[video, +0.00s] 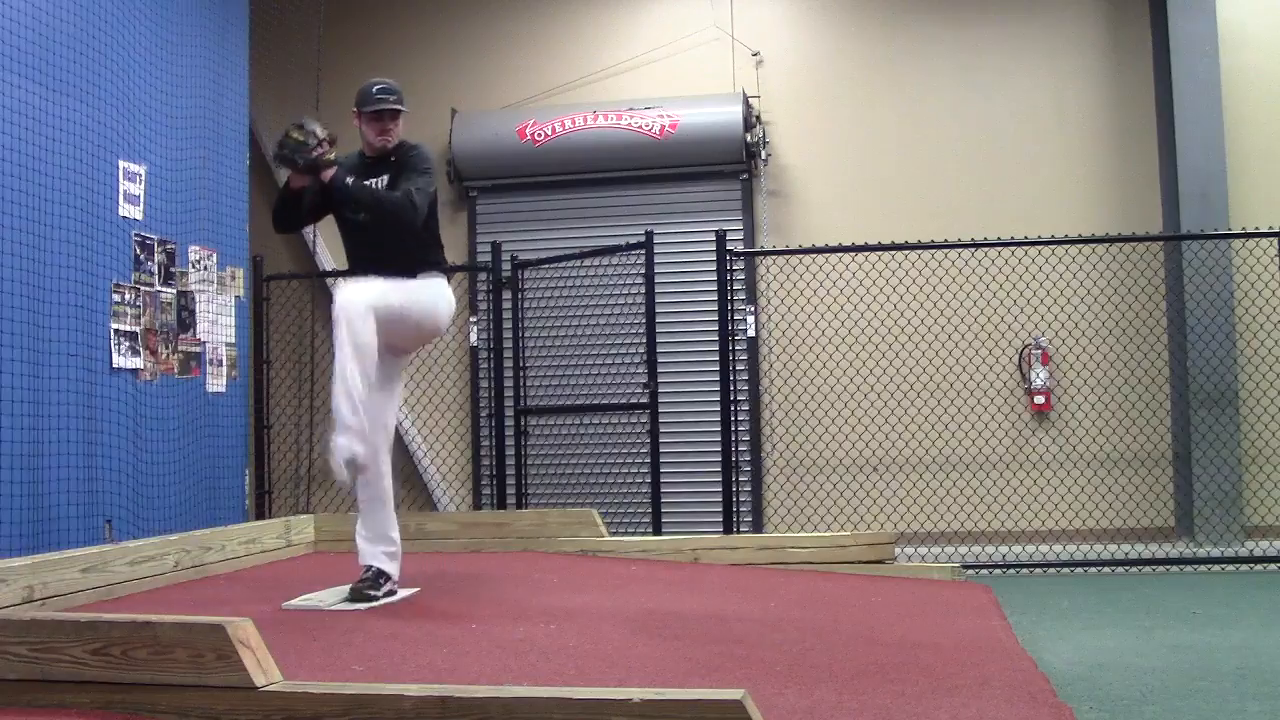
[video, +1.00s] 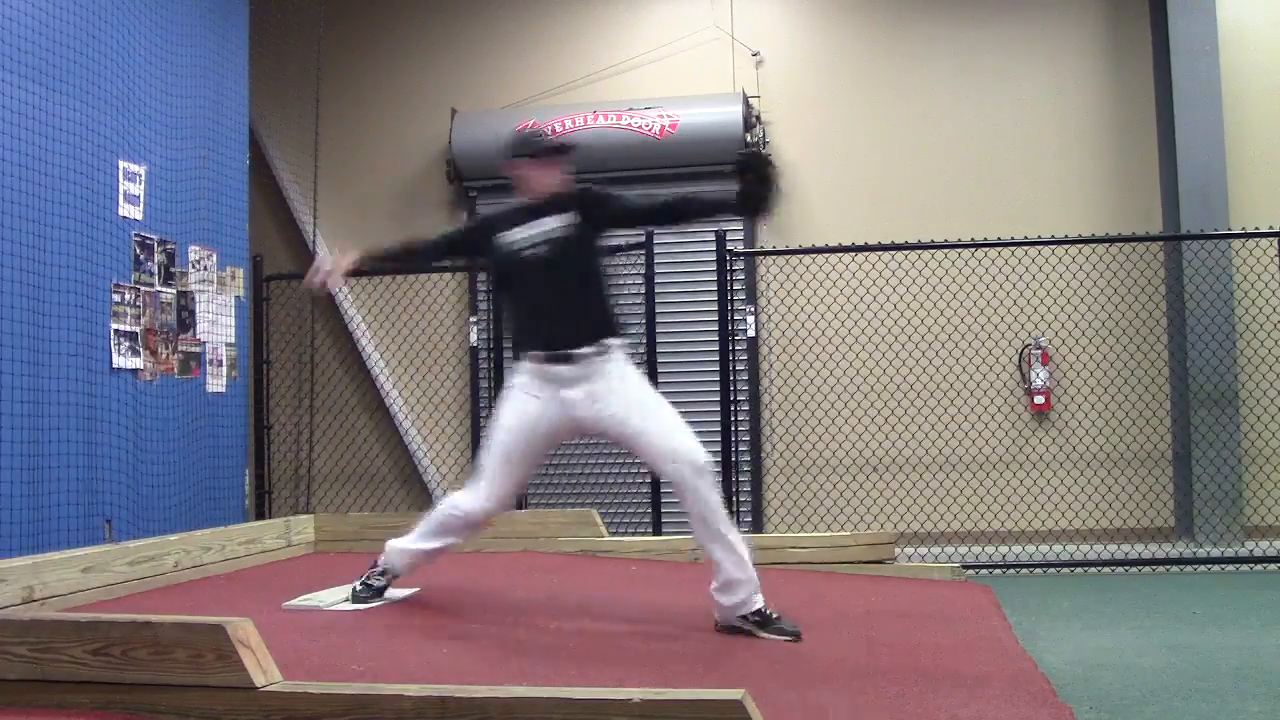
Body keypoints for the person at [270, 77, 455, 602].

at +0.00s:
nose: (385, 126)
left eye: (392, 117)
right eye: (375, 118)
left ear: (403, 120)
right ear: (357, 121)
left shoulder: (415, 159)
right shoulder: (341, 171)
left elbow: (408, 213)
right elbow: (287, 222)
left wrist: (335, 181)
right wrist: (298, 180)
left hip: (427, 294)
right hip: (369, 305)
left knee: (351, 297)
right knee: (369, 440)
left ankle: (351, 442)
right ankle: (380, 566)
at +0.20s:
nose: (388, 122)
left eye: (394, 113)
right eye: (378, 113)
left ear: (402, 117)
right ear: (355, 118)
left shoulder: (411, 155)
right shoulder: (335, 170)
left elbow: (415, 210)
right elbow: (277, 218)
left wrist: (340, 171)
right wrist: (301, 175)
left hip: (435, 294)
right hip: (380, 304)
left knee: (356, 263)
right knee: (377, 430)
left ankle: (358, 406)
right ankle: (380, 566)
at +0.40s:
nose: (395, 134)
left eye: (399, 125)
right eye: (384, 126)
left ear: (405, 128)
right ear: (357, 131)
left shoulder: (413, 168)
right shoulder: (338, 183)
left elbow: (427, 222)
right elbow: (281, 241)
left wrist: (352, 197)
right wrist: (309, 203)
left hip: (444, 305)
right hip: (387, 319)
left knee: (382, 364)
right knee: (364, 439)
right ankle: (375, 567)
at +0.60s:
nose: (396, 181)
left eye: (400, 173)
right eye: (385, 174)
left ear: (406, 177)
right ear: (359, 180)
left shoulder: (415, 216)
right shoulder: (341, 241)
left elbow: (458, 257)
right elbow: (322, 315)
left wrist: (404, 279)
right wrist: (352, 289)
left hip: (467, 350)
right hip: (406, 364)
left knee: (434, 424)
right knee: (378, 455)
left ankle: (454, 571)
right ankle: (382, 573)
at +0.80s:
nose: (435, 192)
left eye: (439, 183)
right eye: (423, 185)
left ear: (447, 187)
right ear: (398, 194)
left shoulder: (465, 227)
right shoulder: (383, 261)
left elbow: (528, 227)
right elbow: (358, 336)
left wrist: (588, 227)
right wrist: (338, 410)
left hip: (512, 367)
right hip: (449, 383)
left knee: (552, 448)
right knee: (407, 478)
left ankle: (628, 578)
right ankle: (383, 574)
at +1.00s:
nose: (555, 171)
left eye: (557, 162)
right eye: (543, 163)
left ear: (565, 167)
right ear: (518, 171)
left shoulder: (588, 206)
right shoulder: (494, 229)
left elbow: (665, 209)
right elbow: (426, 253)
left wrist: (739, 202)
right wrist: (357, 261)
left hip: (607, 374)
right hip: (536, 385)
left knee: (690, 461)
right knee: (483, 502)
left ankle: (742, 603)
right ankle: (389, 569)